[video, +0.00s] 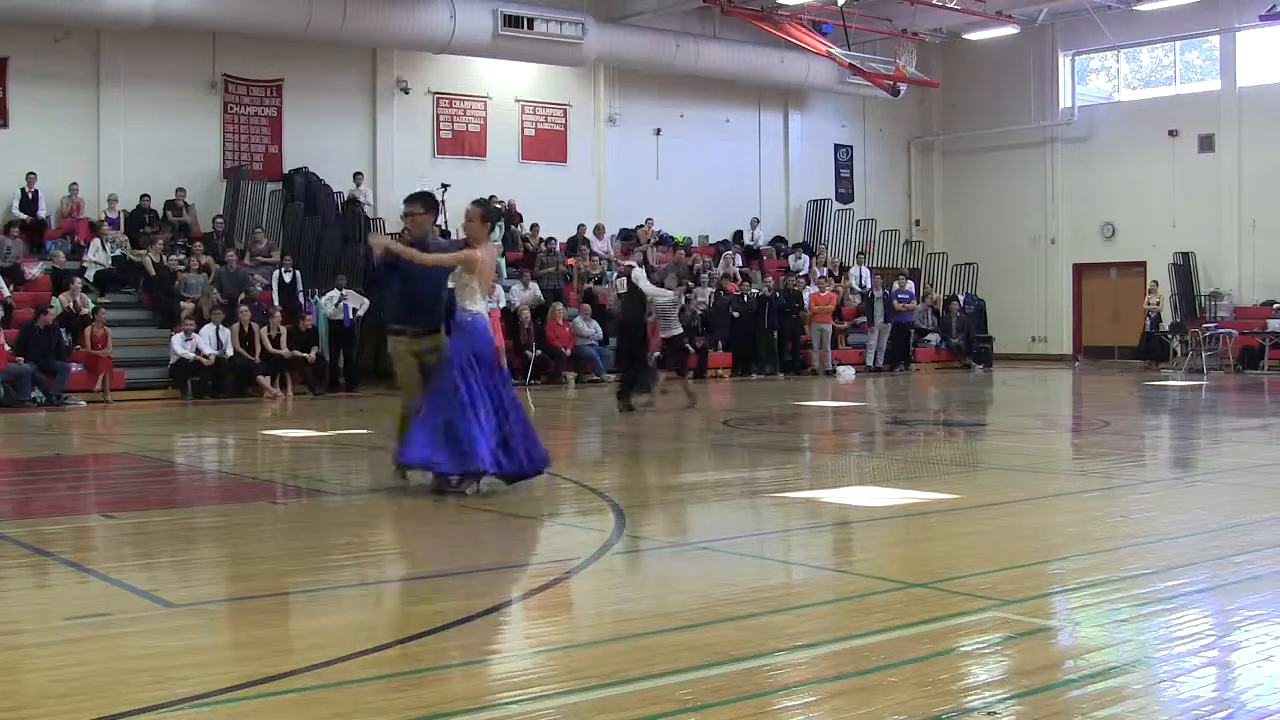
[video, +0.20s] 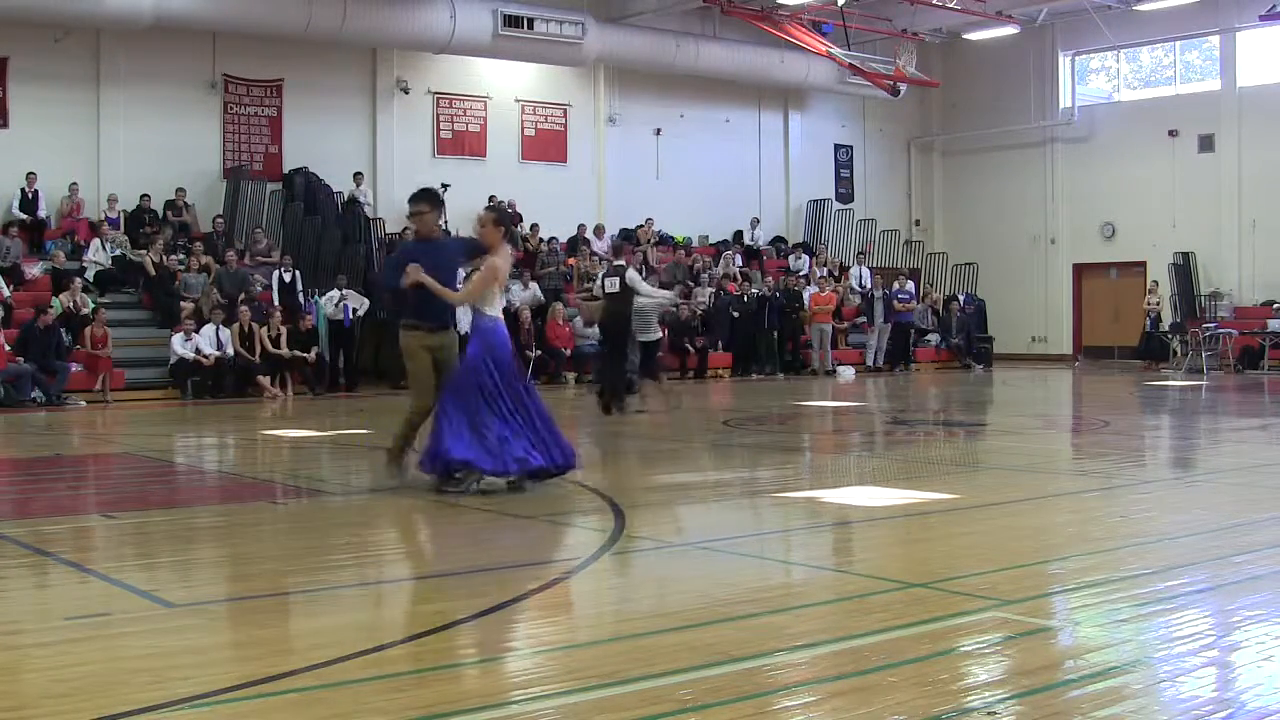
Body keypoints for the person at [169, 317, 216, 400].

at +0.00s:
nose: (188, 327)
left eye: (191, 325)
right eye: (186, 325)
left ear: (195, 327)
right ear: (183, 326)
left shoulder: (196, 337)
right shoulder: (176, 338)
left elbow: (204, 347)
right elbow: (179, 351)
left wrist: (211, 355)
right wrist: (199, 358)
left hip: (192, 363)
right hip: (177, 364)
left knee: (206, 363)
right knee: (183, 361)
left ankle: (201, 391)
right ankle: (184, 392)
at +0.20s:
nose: (188, 327)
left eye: (191, 325)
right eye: (186, 325)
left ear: (194, 327)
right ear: (182, 326)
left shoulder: (196, 337)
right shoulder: (176, 338)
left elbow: (204, 347)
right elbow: (179, 351)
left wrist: (211, 355)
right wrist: (199, 358)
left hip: (192, 363)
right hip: (177, 364)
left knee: (206, 363)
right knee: (183, 361)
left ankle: (202, 391)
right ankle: (184, 392)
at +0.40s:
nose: (188, 327)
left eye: (190, 325)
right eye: (186, 325)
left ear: (194, 326)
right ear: (182, 326)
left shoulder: (196, 337)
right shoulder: (175, 338)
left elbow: (203, 347)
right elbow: (179, 351)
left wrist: (211, 355)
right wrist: (198, 358)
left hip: (192, 363)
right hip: (177, 365)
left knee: (206, 363)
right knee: (183, 361)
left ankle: (202, 392)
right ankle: (184, 393)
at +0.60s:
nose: (188, 327)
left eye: (191, 325)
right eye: (186, 325)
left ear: (194, 326)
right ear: (182, 326)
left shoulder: (196, 337)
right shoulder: (175, 338)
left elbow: (204, 348)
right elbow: (178, 351)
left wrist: (211, 355)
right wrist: (198, 358)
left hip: (192, 363)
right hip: (177, 365)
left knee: (206, 363)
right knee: (183, 361)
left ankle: (202, 392)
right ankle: (184, 392)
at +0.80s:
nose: (188, 327)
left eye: (190, 325)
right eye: (185, 325)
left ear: (194, 326)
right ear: (182, 326)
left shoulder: (196, 337)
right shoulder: (175, 338)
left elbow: (204, 347)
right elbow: (179, 352)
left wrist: (211, 355)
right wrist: (199, 358)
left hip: (192, 363)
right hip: (177, 364)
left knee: (208, 364)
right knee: (183, 361)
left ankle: (202, 392)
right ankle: (184, 392)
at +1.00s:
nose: (188, 327)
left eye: (190, 325)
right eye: (185, 325)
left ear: (194, 326)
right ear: (182, 326)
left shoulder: (196, 337)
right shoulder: (175, 338)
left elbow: (204, 348)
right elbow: (179, 351)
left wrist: (211, 355)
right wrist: (199, 358)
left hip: (192, 363)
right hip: (177, 364)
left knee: (208, 364)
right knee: (183, 361)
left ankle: (202, 392)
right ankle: (184, 392)